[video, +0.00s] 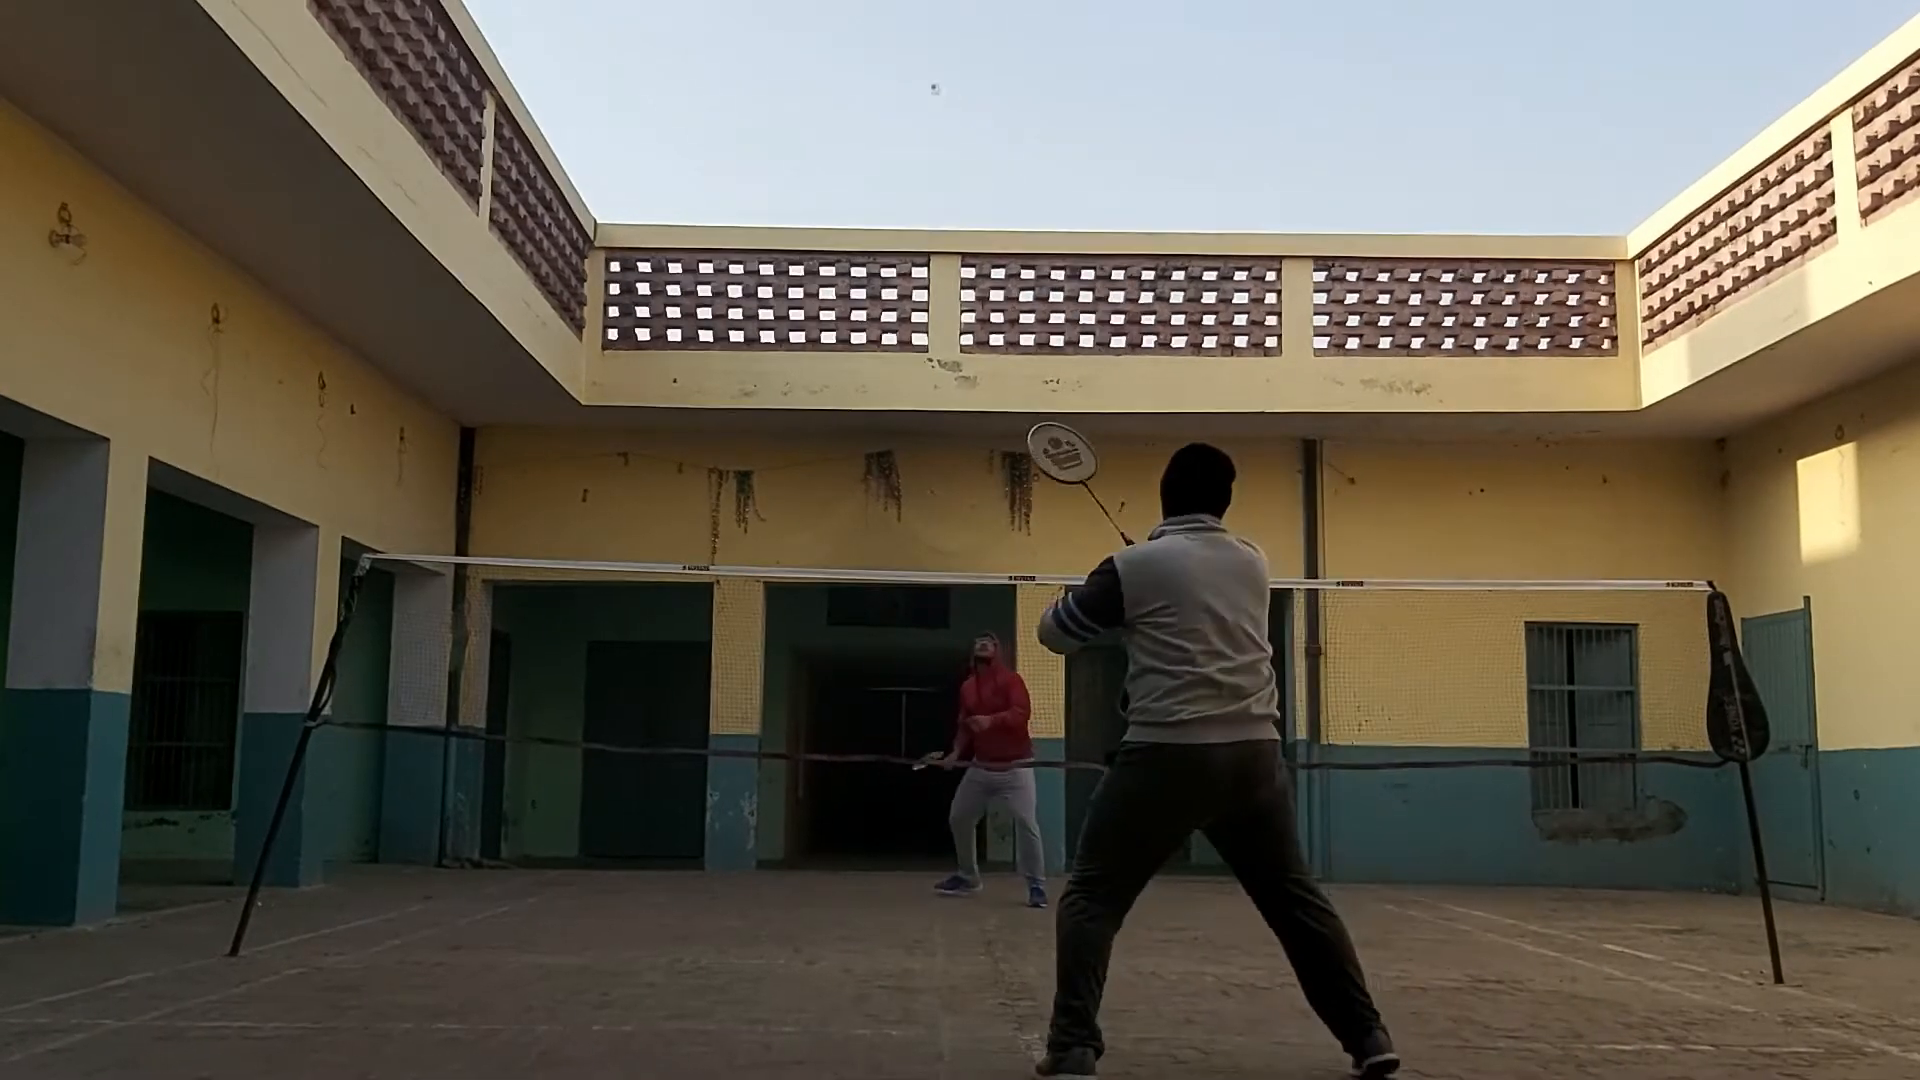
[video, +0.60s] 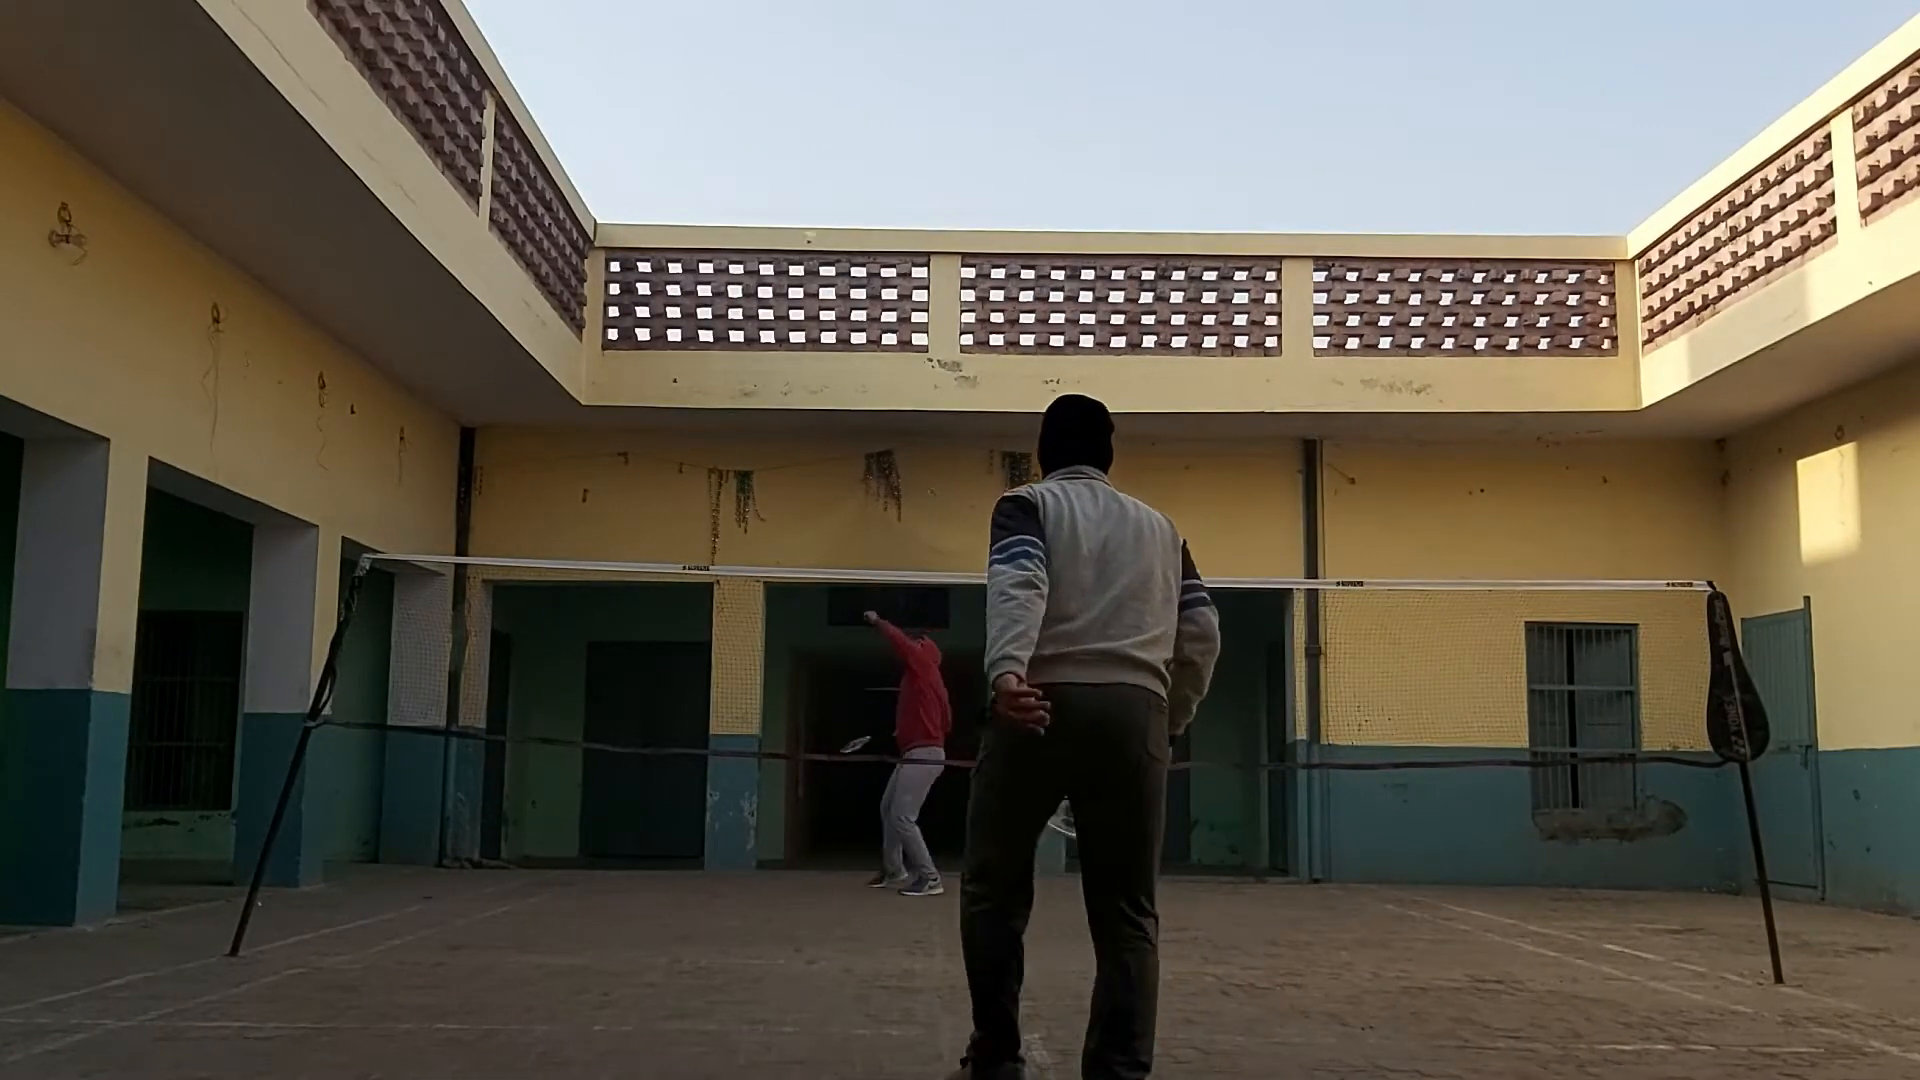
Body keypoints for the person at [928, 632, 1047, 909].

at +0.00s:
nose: (983, 645)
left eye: (988, 643)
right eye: (979, 642)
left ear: (997, 651)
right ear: (973, 651)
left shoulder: (1011, 680)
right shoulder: (969, 686)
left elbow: (1021, 713)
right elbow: (964, 725)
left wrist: (990, 720)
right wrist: (954, 753)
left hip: (1016, 769)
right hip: (981, 768)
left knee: (1026, 822)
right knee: (959, 818)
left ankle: (1036, 884)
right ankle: (968, 877)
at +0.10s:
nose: (969, 652)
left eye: (975, 649)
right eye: (966, 649)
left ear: (985, 656)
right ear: (961, 658)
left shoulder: (995, 683)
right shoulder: (962, 688)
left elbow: (996, 709)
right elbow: (963, 729)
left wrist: (961, 704)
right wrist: (948, 755)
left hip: (1005, 768)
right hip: (975, 768)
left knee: (1017, 823)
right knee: (955, 820)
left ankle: (1034, 884)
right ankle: (966, 880)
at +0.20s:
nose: (953, 645)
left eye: (960, 642)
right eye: (952, 642)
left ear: (971, 650)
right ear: (950, 651)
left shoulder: (977, 676)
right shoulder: (955, 678)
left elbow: (964, 684)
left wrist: (940, 678)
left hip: (985, 760)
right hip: (964, 761)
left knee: (1000, 821)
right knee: (949, 817)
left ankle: (1023, 879)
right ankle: (965, 879)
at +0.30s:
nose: (942, 640)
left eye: (948, 636)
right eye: (941, 637)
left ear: (961, 643)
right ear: (941, 644)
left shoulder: (966, 666)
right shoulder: (941, 672)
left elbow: (958, 662)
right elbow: (940, 716)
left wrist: (930, 650)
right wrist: (922, 736)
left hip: (970, 746)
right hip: (947, 747)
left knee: (968, 811)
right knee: (944, 815)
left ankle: (999, 874)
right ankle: (963, 877)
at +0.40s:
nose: (931, 633)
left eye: (936, 629)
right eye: (931, 629)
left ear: (946, 633)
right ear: (935, 633)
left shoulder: (949, 654)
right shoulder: (934, 662)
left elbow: (933, 640)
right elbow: (938, 700)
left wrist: (909, 631)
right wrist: (917, 718)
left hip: (953, 741)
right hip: (940, 741)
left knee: (944, 807)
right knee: (929, 805)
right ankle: (960, 865)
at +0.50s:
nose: (922, 634)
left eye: (927, 632)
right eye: (924, 632)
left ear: (935, 637)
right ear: (936, 640)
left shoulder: (937, 653)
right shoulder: (928, 664)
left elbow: (919, 634)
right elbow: (932, 707)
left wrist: (892, 621)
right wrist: (907, 722)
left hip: (939, 744)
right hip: (928, 744)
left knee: (924, 811)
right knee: (903, 800)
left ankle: (930, 877)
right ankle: (935, 855)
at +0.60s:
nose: (909, 647)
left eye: (912, 643)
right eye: (909, 643)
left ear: (923, 645)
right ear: (929, 649)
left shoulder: (923, 664)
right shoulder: (934, 680)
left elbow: (902, 643)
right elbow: (945, 723)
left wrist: (879, 622)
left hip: (924, 755)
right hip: (916, 754)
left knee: (902, 815)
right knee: (889, 809)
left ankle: (928, 876)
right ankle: (893, 869)